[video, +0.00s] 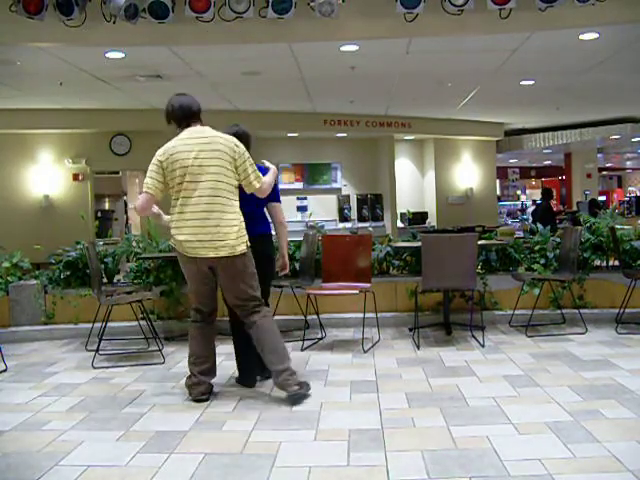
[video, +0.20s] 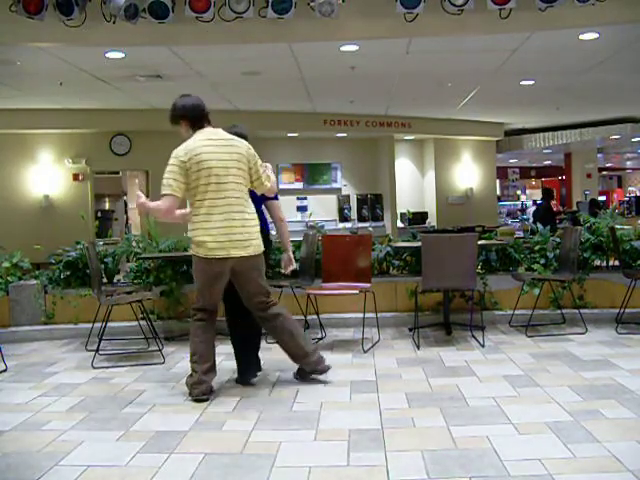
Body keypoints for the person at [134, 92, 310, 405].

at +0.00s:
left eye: (170, 123)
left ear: (173, 122)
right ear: (200, 115)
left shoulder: (166, 152)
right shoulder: (228, 143)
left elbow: (144, 206)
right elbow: (261, 191)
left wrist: (158, 212)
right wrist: (273, 172)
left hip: (188, 243)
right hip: (230, 241)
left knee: (201, 314)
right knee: (253, 309)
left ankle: (200, 386)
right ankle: (289, 382)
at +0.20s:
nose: (179, 132)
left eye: (178, 127)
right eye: (178, 127)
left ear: (185, 123)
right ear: (206, 118)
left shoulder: (184, 152)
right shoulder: (240, 145)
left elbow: (168, 206)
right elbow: (267, 189)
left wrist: (146, 205)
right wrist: (268, 172)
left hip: (210, 248)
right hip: (248, 245)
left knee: (204, 315)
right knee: (265, 305)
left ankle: (200, 385)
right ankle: (312, 362)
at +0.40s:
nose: (203, 134)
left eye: (204, 128)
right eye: (201, 129)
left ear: (217, 123)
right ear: (229, 122)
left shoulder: (222, 153)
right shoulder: (260, 147)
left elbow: (204, 210)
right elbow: (279, 192)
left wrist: (168, 206)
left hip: (242, 252)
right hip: (275, 249)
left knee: (214, 311)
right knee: (274, 307)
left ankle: (204, 385)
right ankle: (321, 352)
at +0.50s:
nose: (218, 135)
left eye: (219, 128)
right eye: (216, 129)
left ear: (236, 124)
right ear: (243, 124)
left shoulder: (245, 155)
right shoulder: (273, 147)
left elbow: (228, 209)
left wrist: (184, 203)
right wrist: (199, 208)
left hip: (259, 251)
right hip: (285, 248)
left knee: (223, 310)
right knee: (278, 309)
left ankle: (210, 383)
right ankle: (327, 357)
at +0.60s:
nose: (238, 135)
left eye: (240, 129)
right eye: (236, 130)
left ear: (256, 124)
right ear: (260, 124)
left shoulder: (270, 153)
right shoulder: (282, 146)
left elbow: (258, 207)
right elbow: (264, 202)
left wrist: (212, 203)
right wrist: (219, 205)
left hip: (276, 248)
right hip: (296, 245)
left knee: (240, 308)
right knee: (288, 310)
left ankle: (215, 382)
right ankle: (329, 363)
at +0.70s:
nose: (254, 135)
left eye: (257, 128)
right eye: (253, 128)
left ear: (276, 126)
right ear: (277, 127)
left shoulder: (291, 154)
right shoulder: (289, 150)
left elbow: (284, 206)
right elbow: (280, 192)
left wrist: (235, 199)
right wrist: (256, 180)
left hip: (292, 246)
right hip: (301, 245)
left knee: (258, 310)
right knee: (292, 312)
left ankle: (224, 379)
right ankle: (329, 363)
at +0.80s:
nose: (269, 136)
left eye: (271, 130)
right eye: (267, 130)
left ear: (288, 126)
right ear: (285, 128)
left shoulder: (308, 155)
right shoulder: (290, 153)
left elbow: (311, 203)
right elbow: (278, 187)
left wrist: (267, 194)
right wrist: (257, 190)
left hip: (307, 242)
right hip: (295, 240)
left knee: (273, 305)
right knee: (292, 308)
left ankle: (241, 377)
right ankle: (328, 362)